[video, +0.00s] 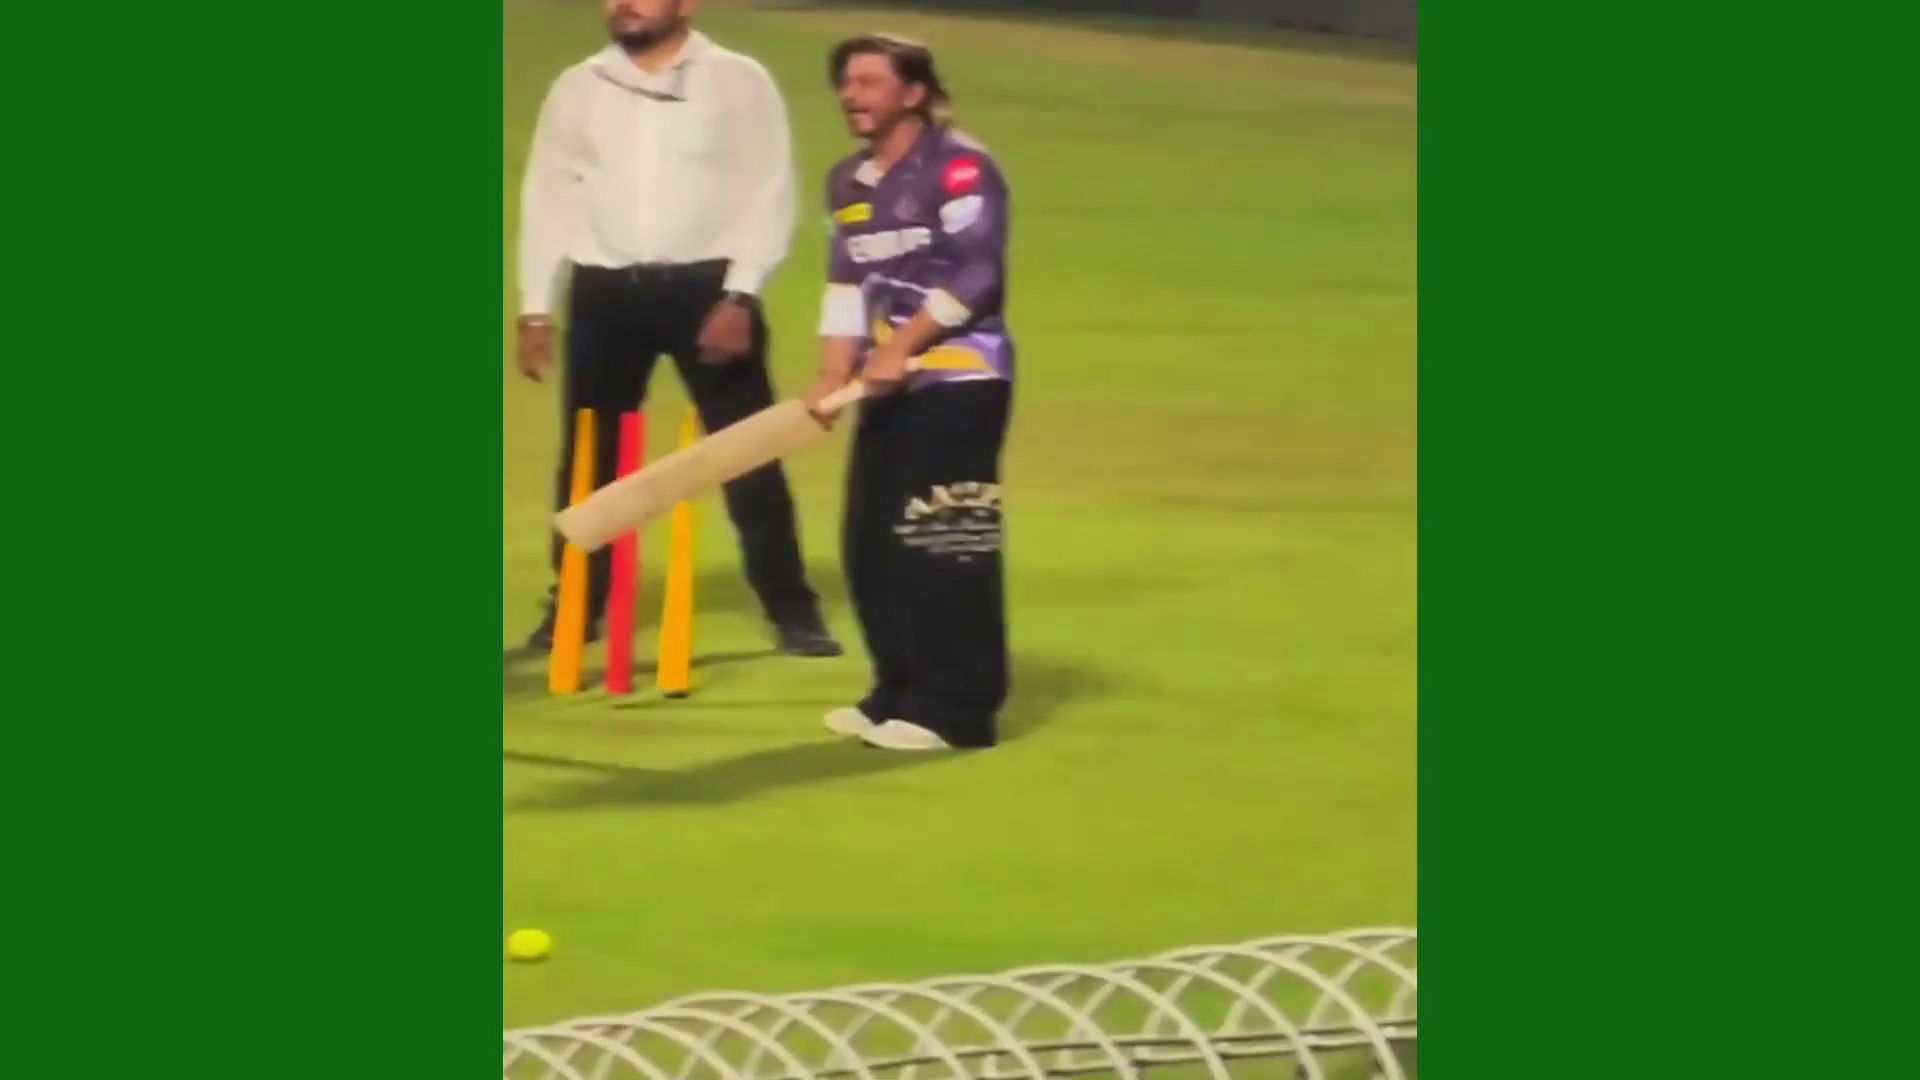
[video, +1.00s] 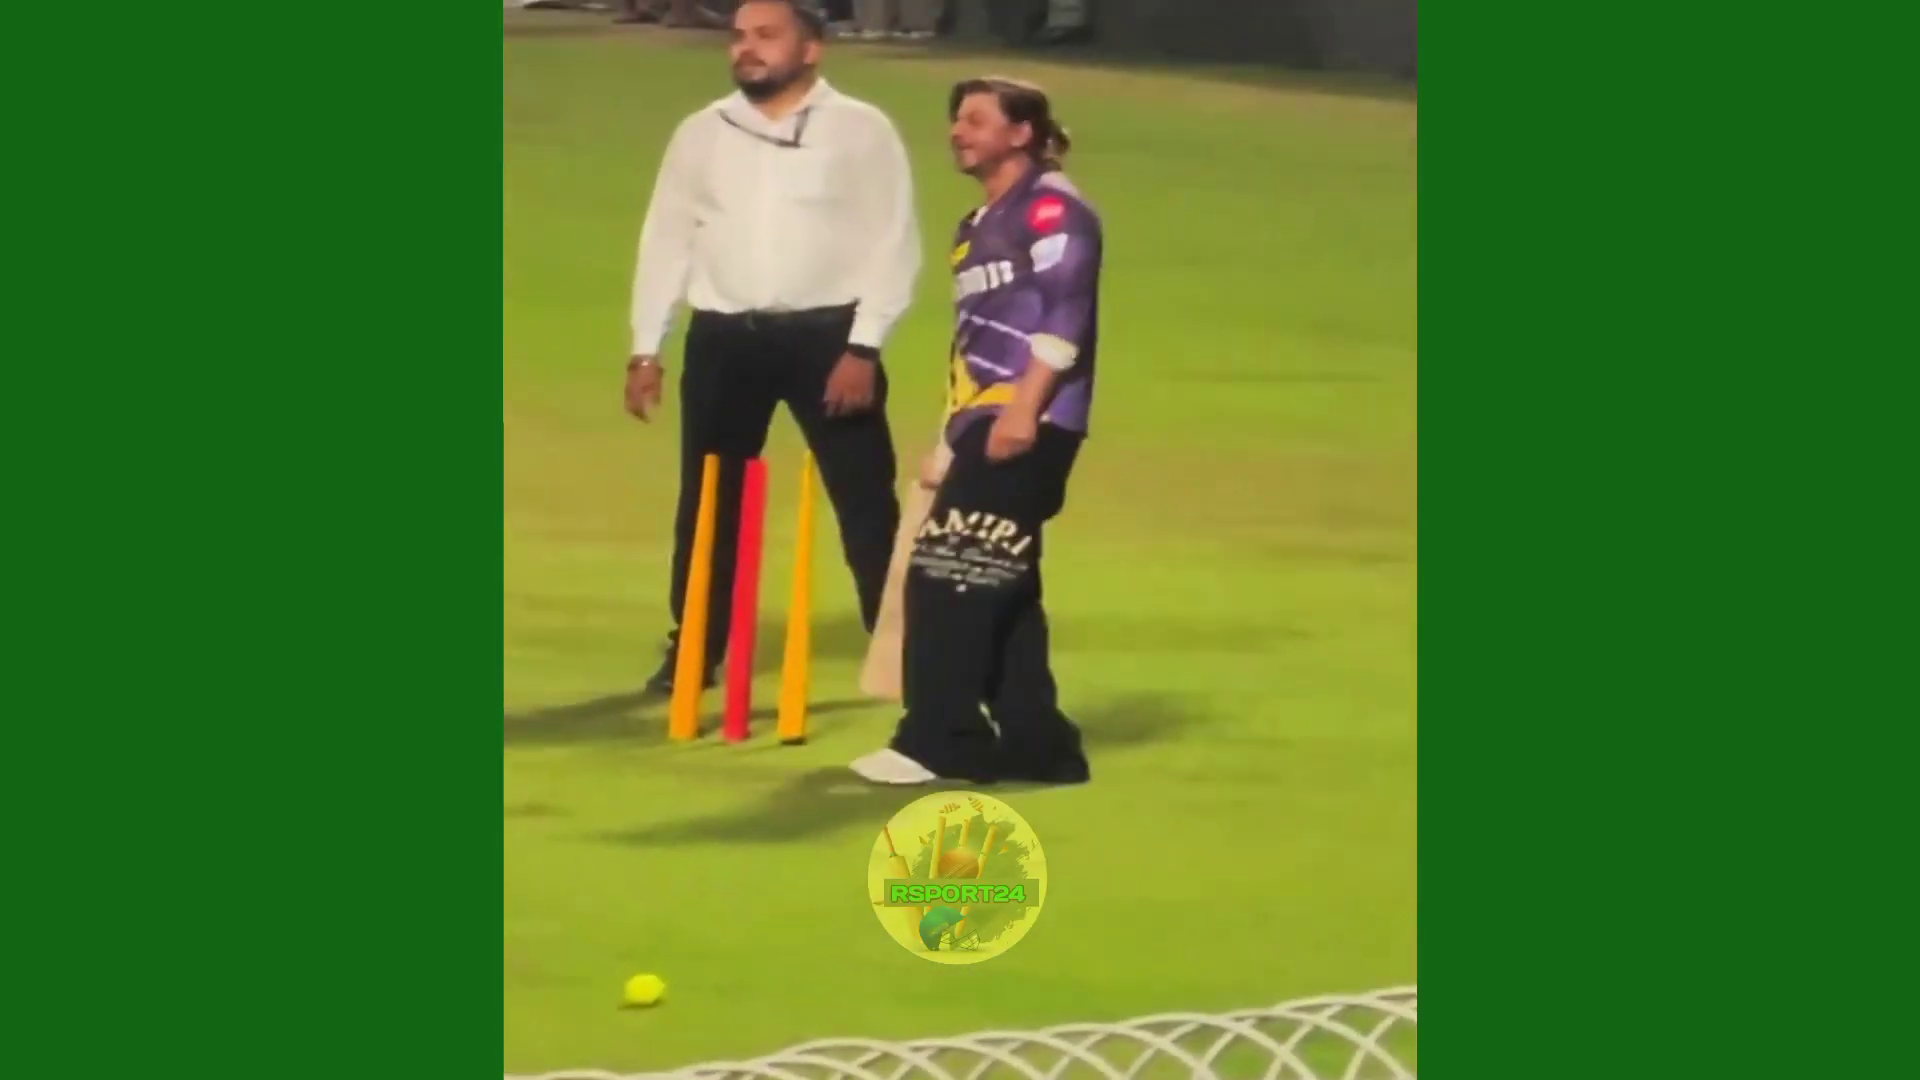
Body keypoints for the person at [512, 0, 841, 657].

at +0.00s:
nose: (621, 5)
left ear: (682, 5)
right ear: (608, 10)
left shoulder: (742, 81)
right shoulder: (577, 88)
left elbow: (773, 191)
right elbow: (545, 197)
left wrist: (741, 293)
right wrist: (536, 306)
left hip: (709, 294)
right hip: (606, 297)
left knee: (751, 459)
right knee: (587, 465)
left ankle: (795, 616)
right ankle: (572, 621)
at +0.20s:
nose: (644, 2)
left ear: (701, 4)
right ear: (627, 6)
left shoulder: (760, 79)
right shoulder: (595, 85)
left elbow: (791, 191)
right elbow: (560, 195)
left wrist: (758, 290)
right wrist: (547, 303)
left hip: (724, 290)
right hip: (622, 293)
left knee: (769, 454)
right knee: (605, 459)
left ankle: (813, 612)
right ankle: (590, 616)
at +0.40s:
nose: (658, 4)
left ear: (719, 5)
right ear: (646, 7)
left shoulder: (777, 81)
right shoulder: (611, 88)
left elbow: (809, 194)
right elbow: (579, 198)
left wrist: (776, 295)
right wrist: (561, 304)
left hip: (743, 294)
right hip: (639, 298)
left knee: (785, 454)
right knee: (620, 459)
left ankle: (826, 611)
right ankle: (608, 606)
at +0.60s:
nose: (676, 6)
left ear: (739, 8)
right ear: (661, 10)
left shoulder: (794, 87)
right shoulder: (628, 93)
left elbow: (826, 200)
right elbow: (592, 201)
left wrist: (796, 304)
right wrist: (577, 308)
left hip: (758, 301)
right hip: (654, 304)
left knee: (799, 460)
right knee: (633, 466)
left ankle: (841, 618)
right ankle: (622, 616)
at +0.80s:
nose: (707, 23)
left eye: (727, 11)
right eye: (699, 12)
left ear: (771, 28)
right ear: (689, 24)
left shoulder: (824, 109)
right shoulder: (658, 112)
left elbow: (856, 223)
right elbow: (623, 222)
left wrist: (825, 324)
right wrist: (606, 327)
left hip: (787, 321)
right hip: (682, 323)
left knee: (830, 484)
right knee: (663, 489)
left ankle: (869, 639)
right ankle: (649, 635)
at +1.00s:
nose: (744, 49)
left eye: (763, 35)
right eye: (739, 36)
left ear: (811, 47)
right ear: (730, 45)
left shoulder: (865, 131)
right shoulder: (702, 133)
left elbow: (898, 248)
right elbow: (666, 241)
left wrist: (864, 348)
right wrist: (646, 349)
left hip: (829, 343)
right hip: (723, 344)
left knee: (870, 512)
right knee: (705, 511)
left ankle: (902, 655)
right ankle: (691, 657)